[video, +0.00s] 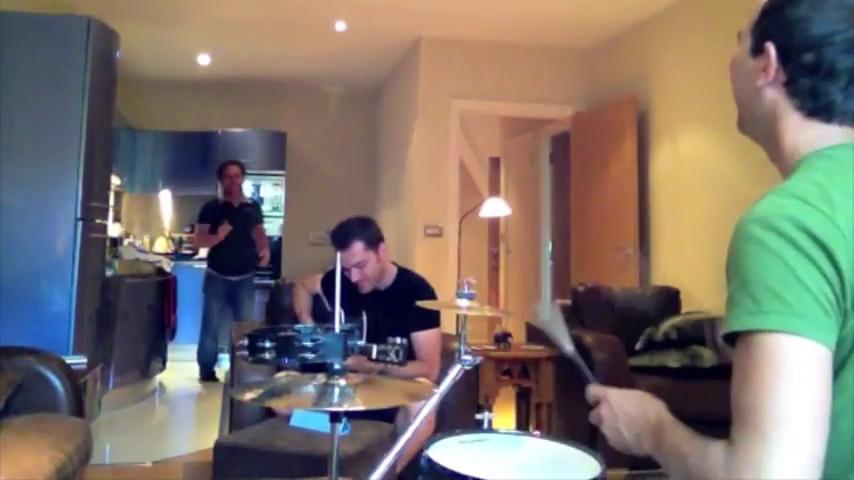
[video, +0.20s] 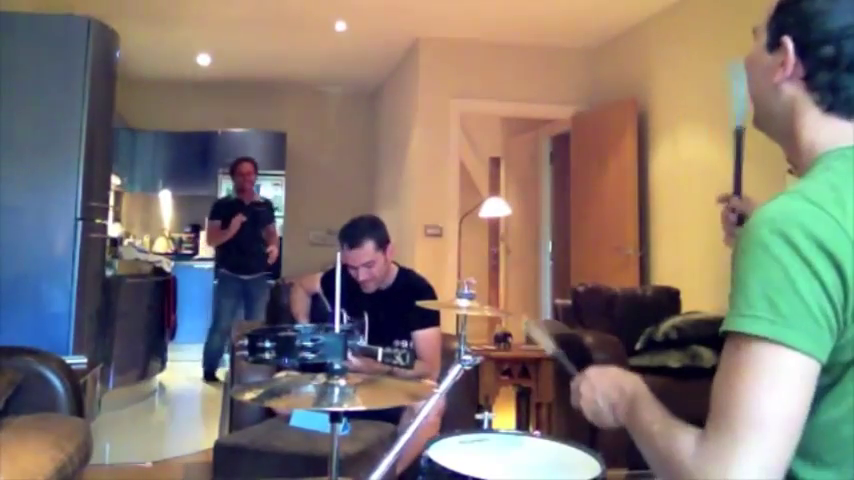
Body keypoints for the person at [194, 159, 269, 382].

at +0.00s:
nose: (234, 181)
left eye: (237, 177)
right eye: (229, 177)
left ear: (243, 179)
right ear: (221, 181)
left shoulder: (252, 208)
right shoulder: (211, 208)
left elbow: (259, 233)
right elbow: (199, 240)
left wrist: (264, 249)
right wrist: (217, 237)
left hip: (245, 276)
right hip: (217, 276)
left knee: (247, 323)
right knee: (213, 324)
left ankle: (244, 367)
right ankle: (207, 367)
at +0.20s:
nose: (246, 179)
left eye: (250, 174)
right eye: (241, 175)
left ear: (256, 177)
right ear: (233, 178)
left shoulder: (264, 206)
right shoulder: (222, 206)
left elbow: (271, 232)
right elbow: (211, 239)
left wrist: (273, 246)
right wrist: (231, 231)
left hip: (258, 275)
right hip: (229, 274)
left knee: (257, 324)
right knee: (222, 324)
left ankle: (254, 370)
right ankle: (210, 369)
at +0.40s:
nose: (255, 178)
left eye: (259, 174)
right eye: (251, 174)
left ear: (265, 176)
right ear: (242, 177)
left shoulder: (274, 204)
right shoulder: (231, 204)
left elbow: (283, 231)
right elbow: (219, 239)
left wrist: (281, 246)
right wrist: (234, 230)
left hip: (268, 272)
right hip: (240, 271)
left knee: (264, 322)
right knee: (241, 321)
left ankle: (261, 366)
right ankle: (227, 364)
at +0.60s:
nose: (262, 178)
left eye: (266, 173)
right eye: (257, 173)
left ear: (272, 175)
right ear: (249, 176)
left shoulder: (281, 204)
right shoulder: (237, 203)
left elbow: (289, 230)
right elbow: (226, 239)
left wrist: (287, 248)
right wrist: (245, 233)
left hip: (273, 271)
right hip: (246, 270)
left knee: (274, 322)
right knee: (254, 323)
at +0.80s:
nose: (268, 180)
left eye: (271, 175)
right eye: (263, 176)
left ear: (277, 176)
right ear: (254, 178)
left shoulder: (286, 204)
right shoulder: (244, 204)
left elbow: (293, 235)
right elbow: (232, 242)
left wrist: (295, 258)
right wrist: (255, 235)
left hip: (281, 275)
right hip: (253, 273)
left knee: (282, 326)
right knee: (259, 325)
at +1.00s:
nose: (272, 175)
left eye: (275, 170)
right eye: (267, 171)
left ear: (282, 172)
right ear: (258, 175)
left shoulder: (291, 204)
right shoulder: (248, 204)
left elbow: (300, 238)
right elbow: (234, 242)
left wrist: (305, 270)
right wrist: (260, 237)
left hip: (284, 275)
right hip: (256, 273)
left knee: (284, 326)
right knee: (260, 325)